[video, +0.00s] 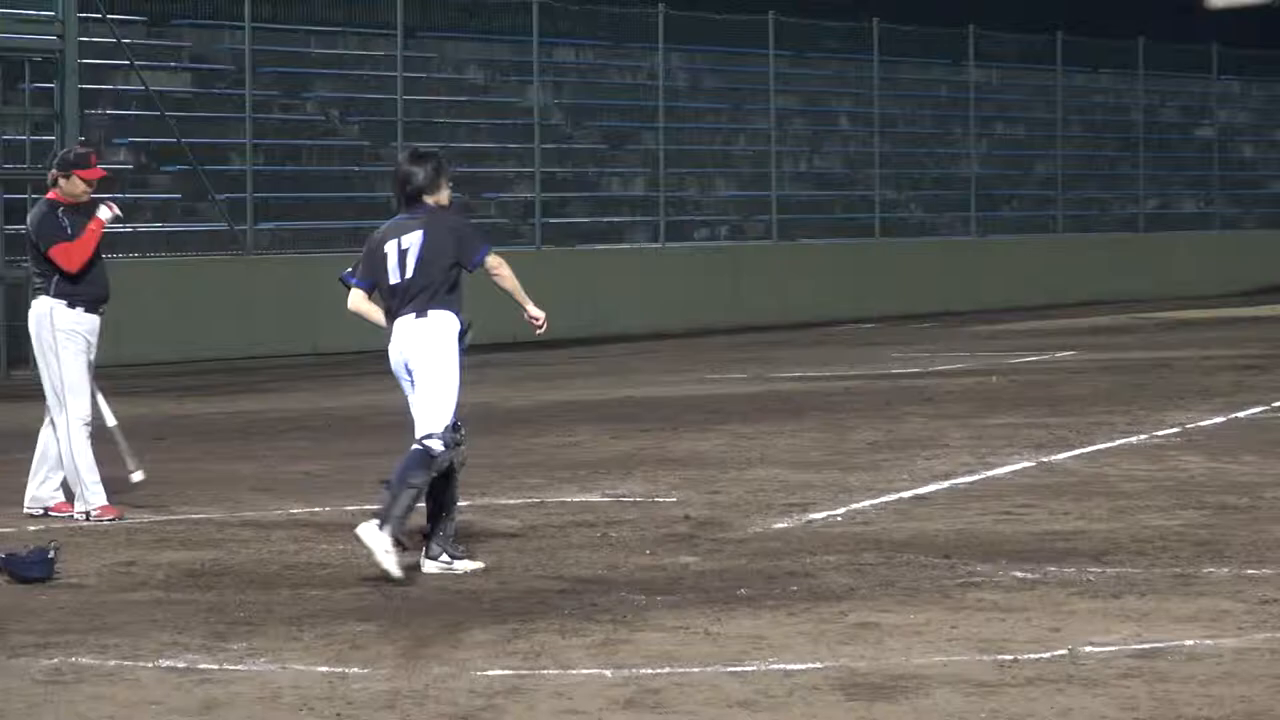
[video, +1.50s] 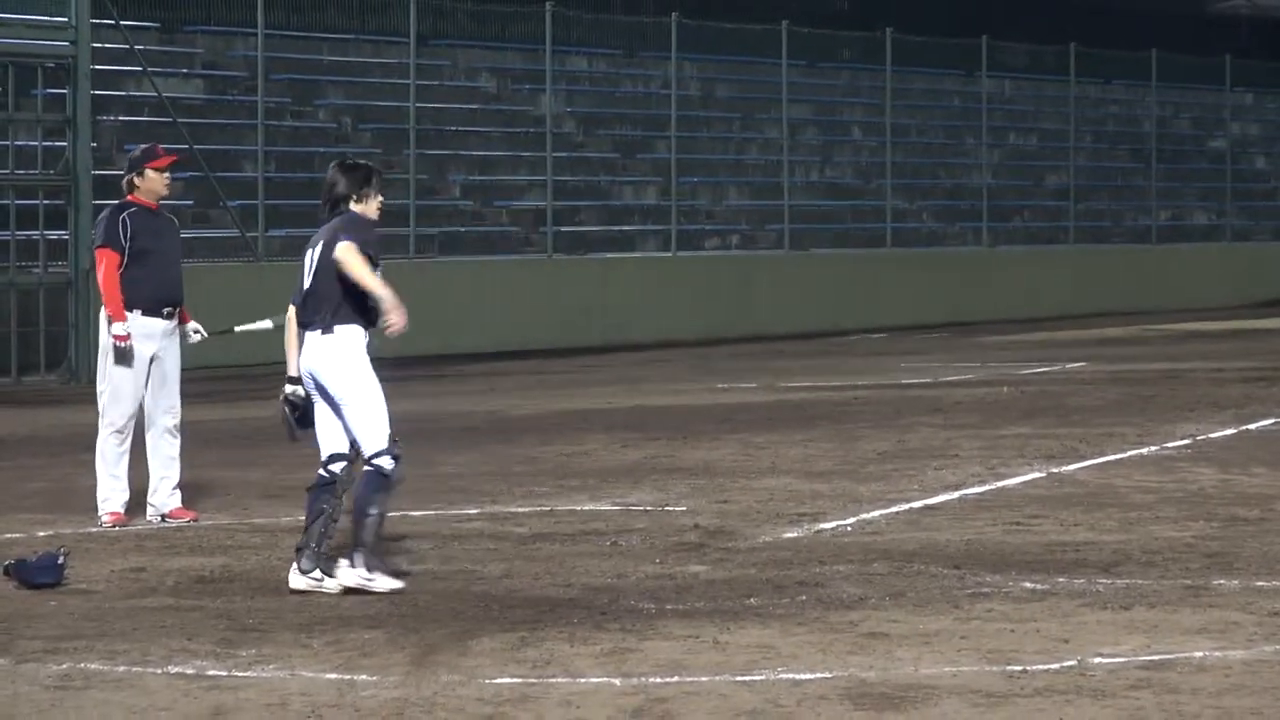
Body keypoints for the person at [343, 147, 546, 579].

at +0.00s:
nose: (451, 190)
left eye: (449, 182)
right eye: (447, 183)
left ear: (407, 191)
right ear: (434, 188)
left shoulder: (382, 236)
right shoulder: (449, 223)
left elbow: (356, 300)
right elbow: (495, 265)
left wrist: (397, 321)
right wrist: (528, 304)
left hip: (399, 339)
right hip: (435, 332)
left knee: (447, 440)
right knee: (436, 440)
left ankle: (439, 548)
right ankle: (384, 527)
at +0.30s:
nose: (467, 194)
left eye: (464, 187)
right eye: (464, 187)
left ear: (423, 191)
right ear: (455, 191)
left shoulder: (399, 235)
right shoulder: (474, 221)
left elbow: (371, 298)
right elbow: (515, 233)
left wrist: (351, 361)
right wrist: (538, 243)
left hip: (421, 342)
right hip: (462, 336)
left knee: (443, 450)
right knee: (477, 442)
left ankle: (440, 549)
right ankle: (451, 537)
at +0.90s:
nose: (471, 195)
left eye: (469, 190)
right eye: (468, 189)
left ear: (423, 188)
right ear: (459, 191)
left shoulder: (396, 229)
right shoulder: (470, 227)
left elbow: (374, 296)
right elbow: (525, 227)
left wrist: (368, 362)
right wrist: (566, 229)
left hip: (405, 349)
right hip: (448, 349)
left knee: (418, 454)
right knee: (460, 458)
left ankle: (390, 552)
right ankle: (446, 566)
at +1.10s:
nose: (442, 197)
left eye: (439, 190)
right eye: (439, 191)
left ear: (394, 195)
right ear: (429, 196)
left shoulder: (373, 237)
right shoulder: (440, 226)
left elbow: (349, 305)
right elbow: (503, 211)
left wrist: (340, 371)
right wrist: (559, 196)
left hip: (387, 352)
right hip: (426, 350)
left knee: (401, 459)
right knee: (452, 461)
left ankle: (335, 541)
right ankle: (449, 570)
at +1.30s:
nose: (408, 203)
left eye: (405, 195)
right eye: (402, 197)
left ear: (364, 205)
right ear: (383, 203)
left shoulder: (342, 249)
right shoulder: (394, 234)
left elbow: (319, 318)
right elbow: (446, 231)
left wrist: (318, 383)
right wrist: (512, 215)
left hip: (340, 358)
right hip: (378, 355)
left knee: (354, 469)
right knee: (421, 462)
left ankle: (308, 565)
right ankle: (445, 569)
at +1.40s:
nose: (393, 205)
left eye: (391, 197)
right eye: (388, 198)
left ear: (350, 203)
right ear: (370, 201)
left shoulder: (326, 247)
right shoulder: (366, 231)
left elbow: (302, 319)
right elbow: (393, 247)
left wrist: (303, 383)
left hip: (321, 355)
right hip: (354, 352)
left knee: (345, 464)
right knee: (398, 458)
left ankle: (305, 566)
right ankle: (411, 567)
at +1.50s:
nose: (381, 203)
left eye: (380, 194)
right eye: (377, 195)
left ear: (339, 198)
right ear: (360, 196)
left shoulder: (320, 239)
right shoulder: (355, 225)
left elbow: (294, 314)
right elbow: (345, 254)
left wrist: (293, 376)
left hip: (313, 350)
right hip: (341, 346)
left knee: (336, 459)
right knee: (382, 456)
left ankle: (308, 564)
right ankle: (362, 561)